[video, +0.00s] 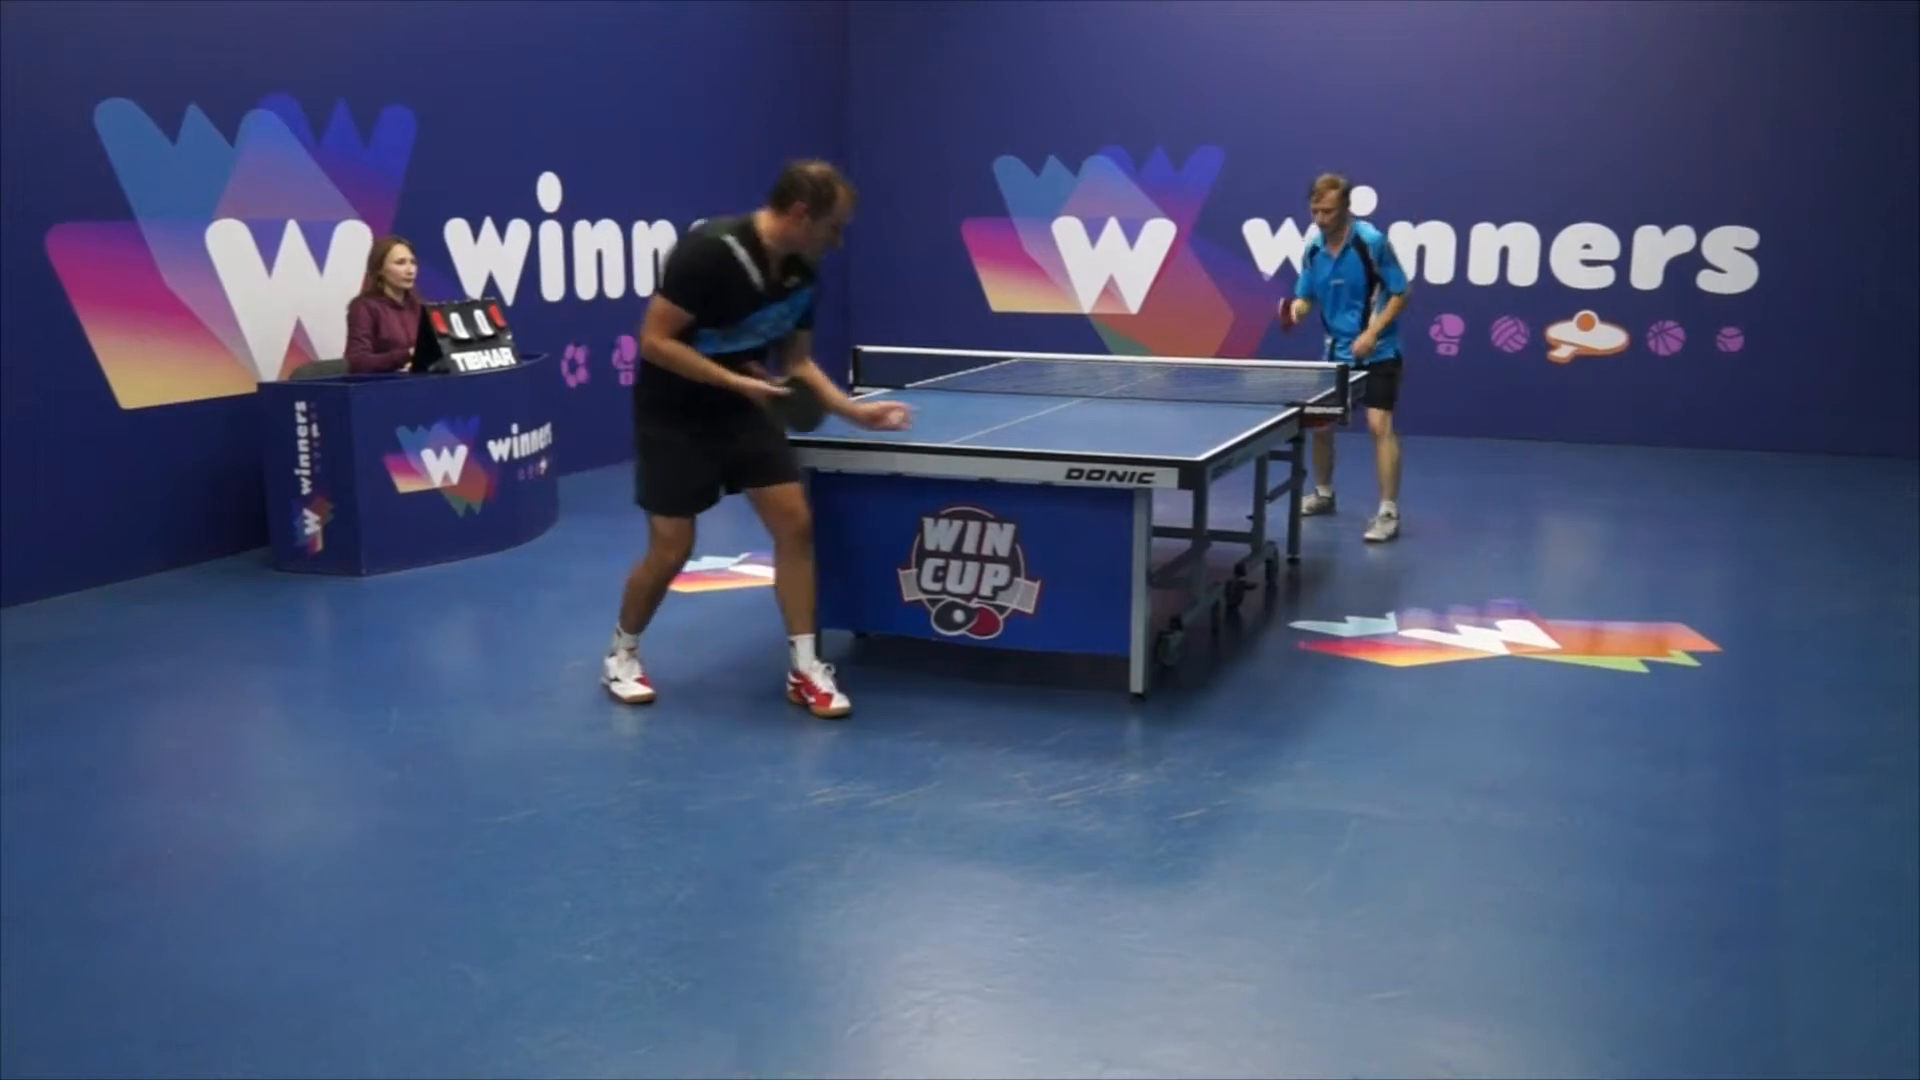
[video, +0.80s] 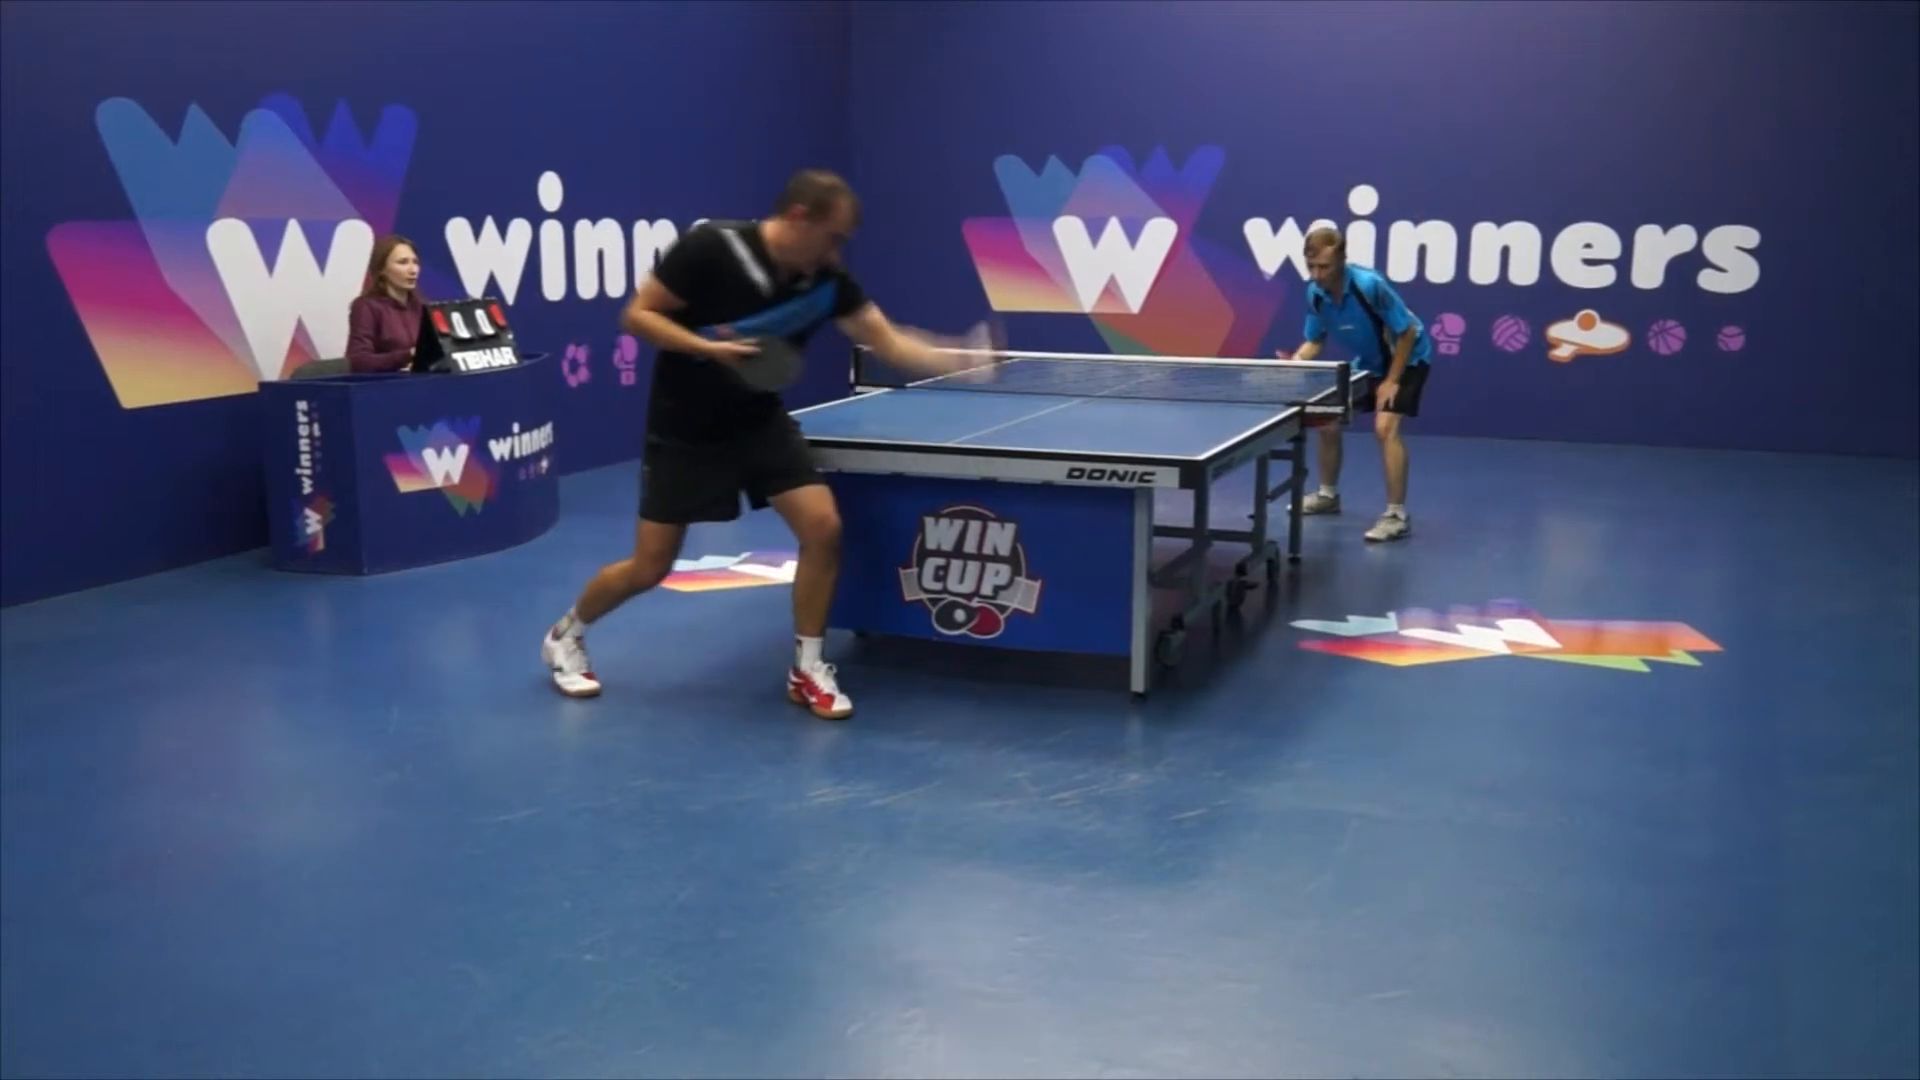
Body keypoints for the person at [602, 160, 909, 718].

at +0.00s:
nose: (837, 239)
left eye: (840, 229)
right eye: (833, 227)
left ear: (802, 217)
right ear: (799, 214)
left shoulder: (800, 270)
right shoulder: (708, 250)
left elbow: (795, 361)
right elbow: (654, 340)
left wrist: (854, 409)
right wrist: (737, 382)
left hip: (745, 402)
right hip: (673, 405)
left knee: (794, 522)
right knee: (671, 548)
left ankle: (806, 666)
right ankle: (621, 653)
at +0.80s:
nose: (838, 252)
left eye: (843, 242)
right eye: (834, 239)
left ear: (812, 222)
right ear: (798, 218)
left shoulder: (825, 279)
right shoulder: (711, 247)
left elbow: (888, 343)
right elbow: (636, 314)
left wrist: (958, 359)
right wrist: (709, 346)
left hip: (759, 417)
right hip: (685, 419)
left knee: (823, 528)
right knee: (651, 566)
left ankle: (808, 668)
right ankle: (566, 634)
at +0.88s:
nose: (814, 239)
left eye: (818, 227)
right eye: (808, 224)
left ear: (791, 217)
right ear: (768, 209)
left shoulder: (806, 266)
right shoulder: (685, 247)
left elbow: (885, 306)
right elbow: (611, 311)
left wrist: (944, 287)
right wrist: (673, 347)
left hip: (747, 420)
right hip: (670, 425)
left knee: (812, 525)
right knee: (636, 564)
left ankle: (807, 667)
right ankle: (561, 641)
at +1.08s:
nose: (750, 194)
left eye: (753, 183)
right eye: (739, 183)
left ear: (748, 187)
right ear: (696, 185)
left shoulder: (756, 242)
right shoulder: (627, 241)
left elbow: (843, 263)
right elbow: (567, 293)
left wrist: (921, 256)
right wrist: (587, 358)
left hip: (711, 411)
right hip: (635, 413)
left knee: (770, 527)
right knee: (613, 551)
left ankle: (804, 665)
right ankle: (560, 648)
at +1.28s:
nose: (722, 189)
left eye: (723, 176)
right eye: (707, 177)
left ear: (724, 183)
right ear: (665, 188)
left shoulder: (730, 246)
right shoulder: (607, 235)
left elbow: (789, 291)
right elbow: (544, 271)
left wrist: (866, 319)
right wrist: (508, 323)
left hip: (687, 406)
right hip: (612, 412)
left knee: (747, 520)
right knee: (599, 543)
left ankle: (794, 654)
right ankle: (558, 649)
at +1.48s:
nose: (758, 247)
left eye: (759, 235)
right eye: (746, 236)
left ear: (759, 230)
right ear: (706, 234)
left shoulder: (747, 268)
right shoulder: (640, 247)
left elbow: (753, 304)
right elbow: (566, 277)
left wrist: (795, 346)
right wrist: (545, 278)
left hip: (685, 400)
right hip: (613, 408)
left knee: (776, 490)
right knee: (601, 544)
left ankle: (748, 629)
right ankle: (559, 649)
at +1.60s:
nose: (811, 298)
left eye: (816, 289)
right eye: (809, 287)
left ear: (784, 269)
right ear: (779, 272)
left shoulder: (756, 282)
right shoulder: (685, 272)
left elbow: (743, 321)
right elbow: (587, 301)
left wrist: (775, 350)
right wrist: (635, 379)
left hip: (700, 404)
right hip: (629, 410)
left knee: (769, 513)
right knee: (610, 549)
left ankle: (752, 655)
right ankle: (559, 649)